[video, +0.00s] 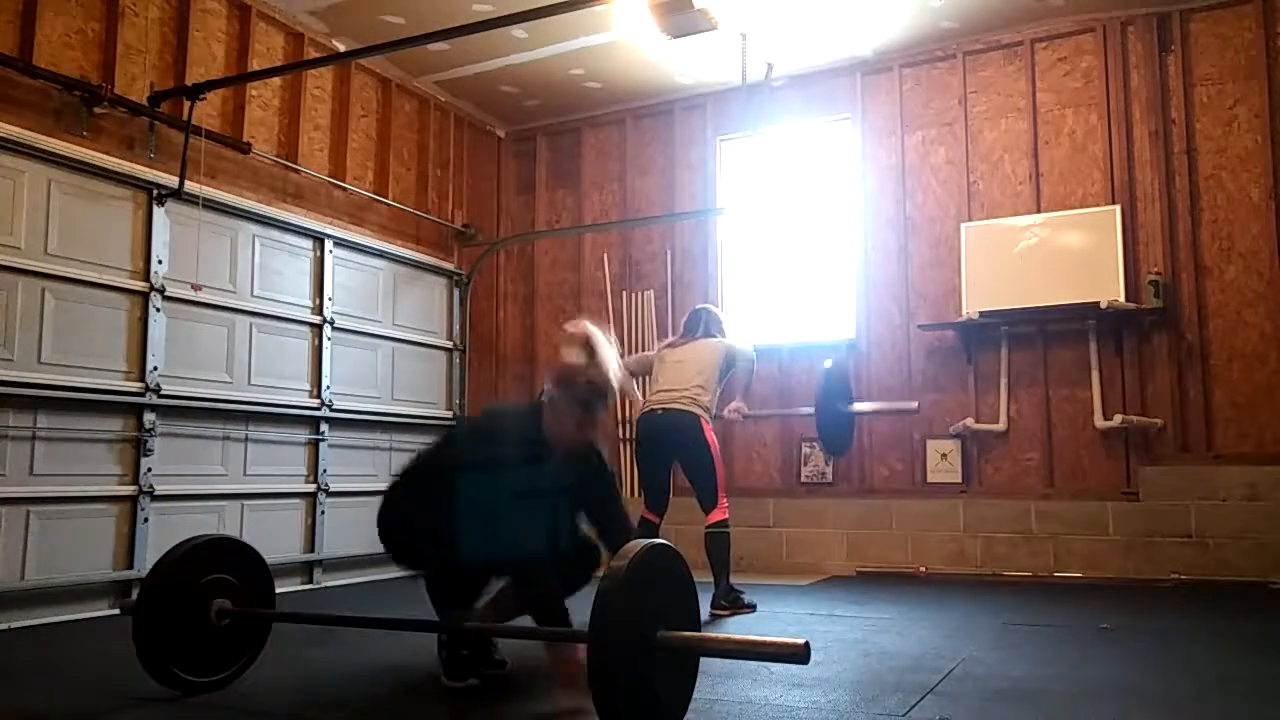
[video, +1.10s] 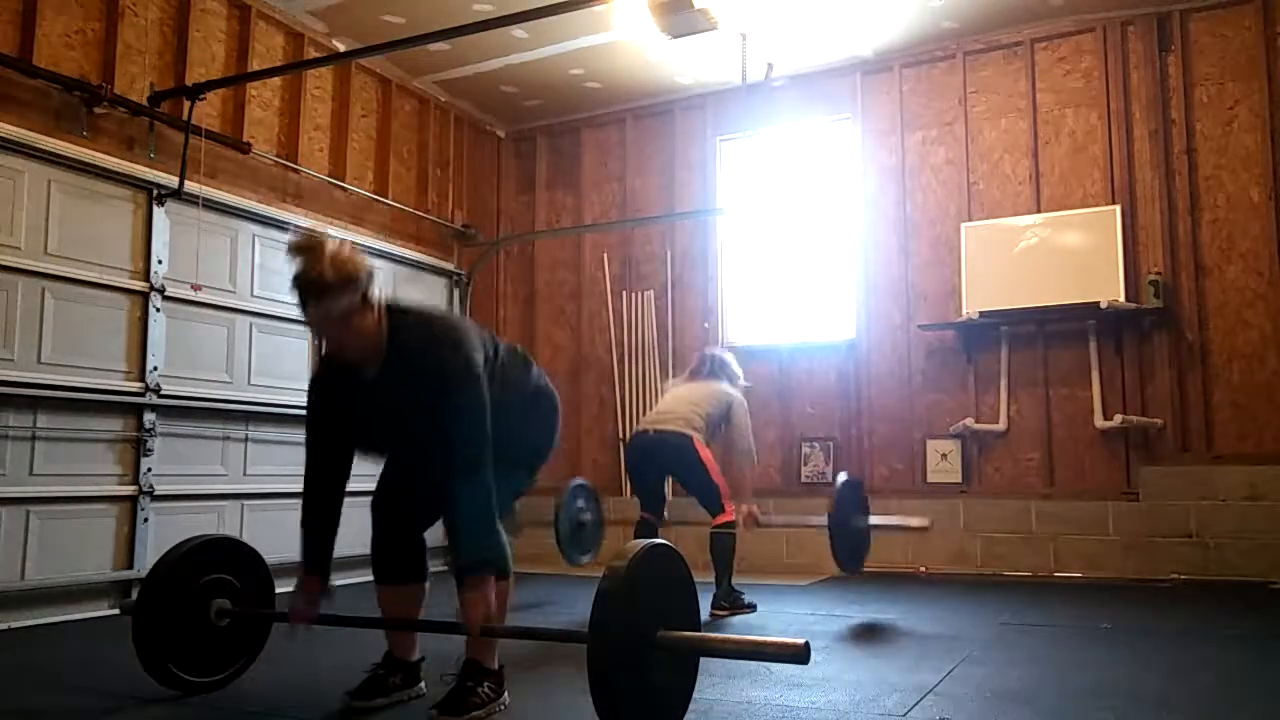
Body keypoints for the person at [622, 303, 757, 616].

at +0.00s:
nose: (724, 332)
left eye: (722, 328)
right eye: (722, 327)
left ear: (687, 328)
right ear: (716, 328)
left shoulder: (665, 352)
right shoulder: (720, 346)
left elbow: (625, 364)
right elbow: (747, 356)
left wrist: (637, 399)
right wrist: (738, 399)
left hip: (650, 422)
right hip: (689, 422)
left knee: (653, 506)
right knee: (715, 507)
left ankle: (631, 585)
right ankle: (723, 592)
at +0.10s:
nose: (724, 332)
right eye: (723, 327)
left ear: (687, 327)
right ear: (717, 327)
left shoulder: (666, 351)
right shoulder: (724, 348)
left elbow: (629, 387)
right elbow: (744, 379)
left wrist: (641, 418)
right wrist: (738, 424)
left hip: (649, 423)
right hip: (689, 422)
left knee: (653, 506)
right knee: (715, 507)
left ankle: (630, 583)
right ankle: (723, 592)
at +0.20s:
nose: (725, 335)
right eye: (724, 330)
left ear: (686, 328)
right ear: (718, 330)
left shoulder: (668, 352)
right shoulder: (725, 355)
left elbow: (660, 396)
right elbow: (740, 410)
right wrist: (742, 455)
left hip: (645, 423)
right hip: (685, 424)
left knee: (652, 508)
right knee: (714, 508)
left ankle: (629, 585)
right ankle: (723, 591)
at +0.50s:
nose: (727, 342)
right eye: (727, 337)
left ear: (692, 331)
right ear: (721, 333)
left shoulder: (669, 351)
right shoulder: (729, 349)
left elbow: (636, 391)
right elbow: (745, 381)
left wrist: (643, 426)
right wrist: (745, 429)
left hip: (646, 425)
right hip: (686, 425)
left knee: (653, 506)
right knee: (715, 508)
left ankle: (632, 587)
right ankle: (723, 592)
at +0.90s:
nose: (733, 346)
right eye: (733, 342)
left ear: (698, 335)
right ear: (727, 338)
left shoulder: (675, 353)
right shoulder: (732, 354)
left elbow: (639, 392)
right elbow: (746, 386)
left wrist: (646, 428)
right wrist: (744, 431)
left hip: (646, 422)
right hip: (685, 423)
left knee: (652, 506)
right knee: (713, 508)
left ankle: (632, 587)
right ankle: (723, 591)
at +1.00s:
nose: (737, 361)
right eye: (736, 356)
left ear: (698, 347)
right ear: (729, 353)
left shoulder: (675, 363)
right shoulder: (732, 370)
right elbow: (746, 421)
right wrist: (746, 468)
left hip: (643, 428)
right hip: (683, 430)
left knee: (650, 509)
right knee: (716, 509)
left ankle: (634, 587)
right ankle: (723, 592)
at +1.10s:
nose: (740, 384)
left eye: (739, 380)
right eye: (738, 380)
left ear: (699, 369)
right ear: (729, 375)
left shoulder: (676, 385)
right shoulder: (732, 394)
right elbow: (743, 449)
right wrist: (746, 500)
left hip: (640, 441)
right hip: (682, 443)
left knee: (650, 514)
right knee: (724, 513)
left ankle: (636, 588)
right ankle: (724, 593)